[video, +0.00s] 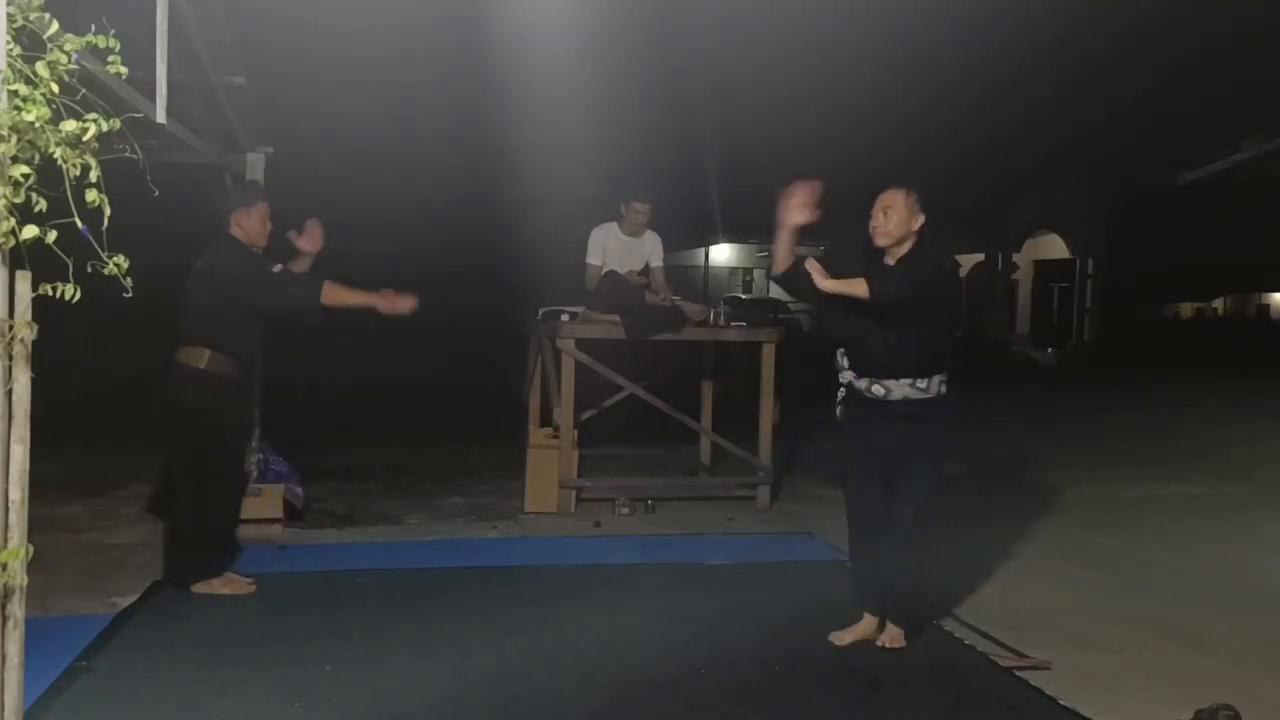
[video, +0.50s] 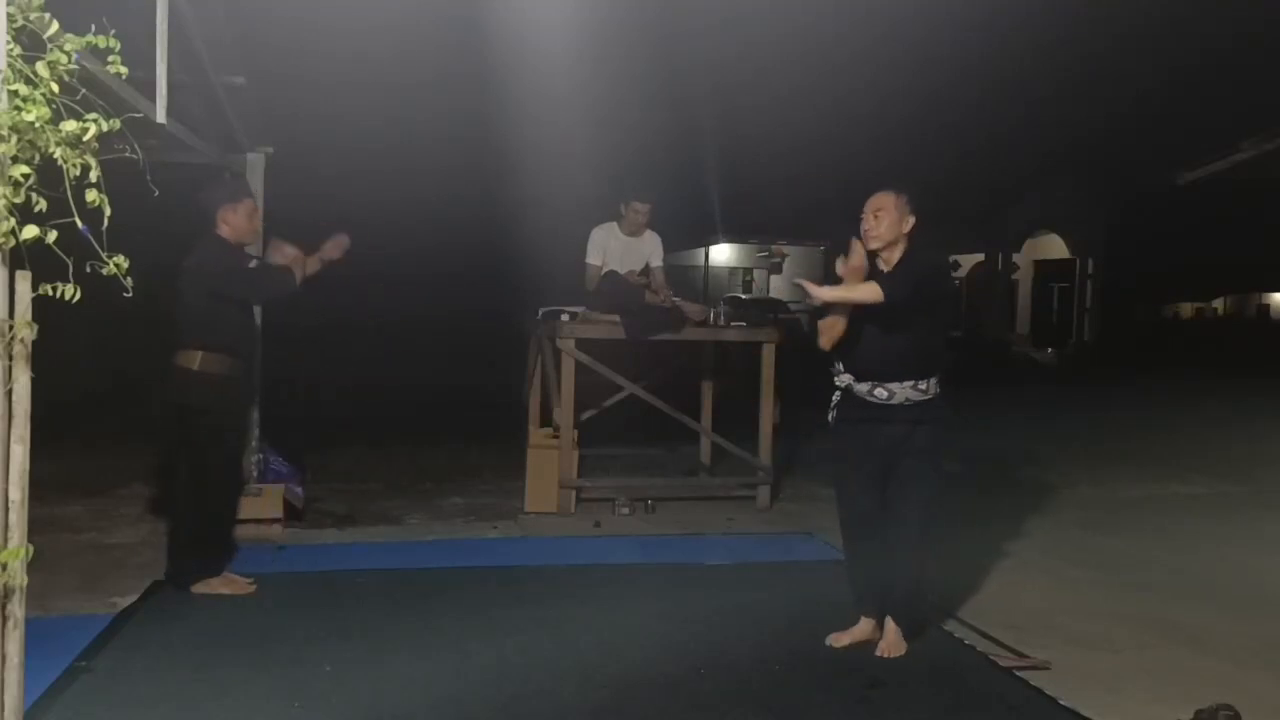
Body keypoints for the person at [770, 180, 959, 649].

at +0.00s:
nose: (878, 218)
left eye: (889, 211)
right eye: (876, 211)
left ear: (917, 221)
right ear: (872, 219)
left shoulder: (936, 265)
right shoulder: (859, 264)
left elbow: (897, 289)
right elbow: (786, 276)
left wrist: (829, 286)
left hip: (917, 408)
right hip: (862, 405)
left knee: (906, 511)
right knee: (863, 509)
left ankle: (899, 618)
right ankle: (869, 613)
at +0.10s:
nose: (880, 217)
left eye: (892, 209)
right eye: (877, 210)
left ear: (920, 220)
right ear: (872, 221)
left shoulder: (936, 265)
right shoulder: (860, 261)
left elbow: (896, 285)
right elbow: (785, 264)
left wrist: (828, 286)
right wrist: (821, 223)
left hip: (915, 410)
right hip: (859, 406)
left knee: (906, 513)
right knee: (862, 511)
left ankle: (898, 620)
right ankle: (868, 614)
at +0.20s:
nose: (880, 220)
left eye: (892, 212)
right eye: (878, 213)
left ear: (921, 222)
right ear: (876, 223)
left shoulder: (939, 269)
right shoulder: (864, 272)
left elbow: (898, 281)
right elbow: (804, 281)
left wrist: (837, 274)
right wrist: (760, 247)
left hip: (914, 413)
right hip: (859, 410)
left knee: (904, 516)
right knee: (857, 512)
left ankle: (896, 622)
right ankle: (868, 616)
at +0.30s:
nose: (879, 220)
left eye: (891, 212)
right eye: (877, 214)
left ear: (920, 221)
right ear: (874, 223)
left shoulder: (939, 267)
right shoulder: (857, 271)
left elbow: (896, 277)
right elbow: (800, 299)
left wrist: (833, 267)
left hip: (915, 413)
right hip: (856, 410)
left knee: (905, 516)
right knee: (853, 513)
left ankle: (896, 623)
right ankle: (867, 615)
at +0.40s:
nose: (873, 220)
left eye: (884, 212)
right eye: (870, 213)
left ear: (913, 222)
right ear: (866, 225)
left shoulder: (934, 269)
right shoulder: (851, 275)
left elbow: (891, 283)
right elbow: (803, 329)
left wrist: (822, 274)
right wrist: (841, 335)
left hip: (914, 412)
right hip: (856, 408)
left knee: (905, 516)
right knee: (857, 513)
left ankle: (895, 621)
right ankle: (868, 617)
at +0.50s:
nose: (866, 222)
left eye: (878, 213)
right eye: (864, 215)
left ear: (908, 223)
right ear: (861, 227)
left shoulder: (929, 269)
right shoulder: (853, 275)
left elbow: (888, 292)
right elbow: (825, 339)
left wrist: (825, 293)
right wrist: (853, 280)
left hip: (914, 411)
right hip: (857, 407)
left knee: (906, 515)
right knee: (858, 513)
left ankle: (895, 620)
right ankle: (869, 617)